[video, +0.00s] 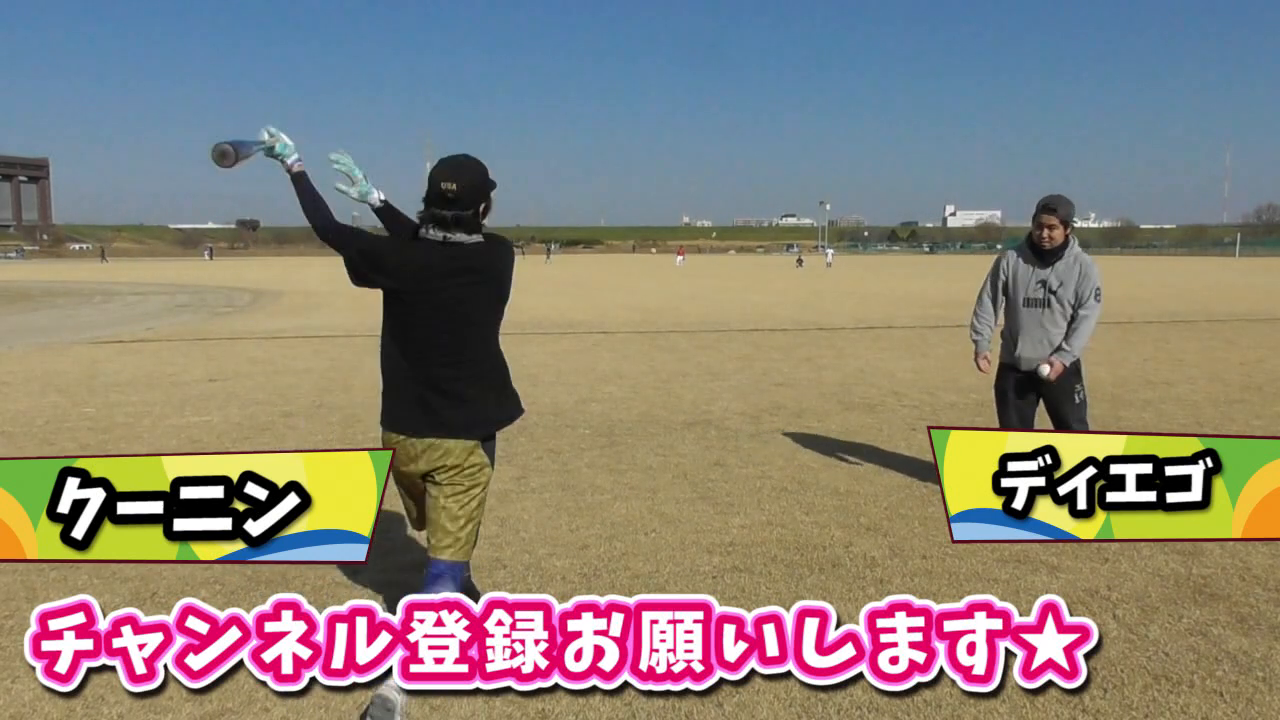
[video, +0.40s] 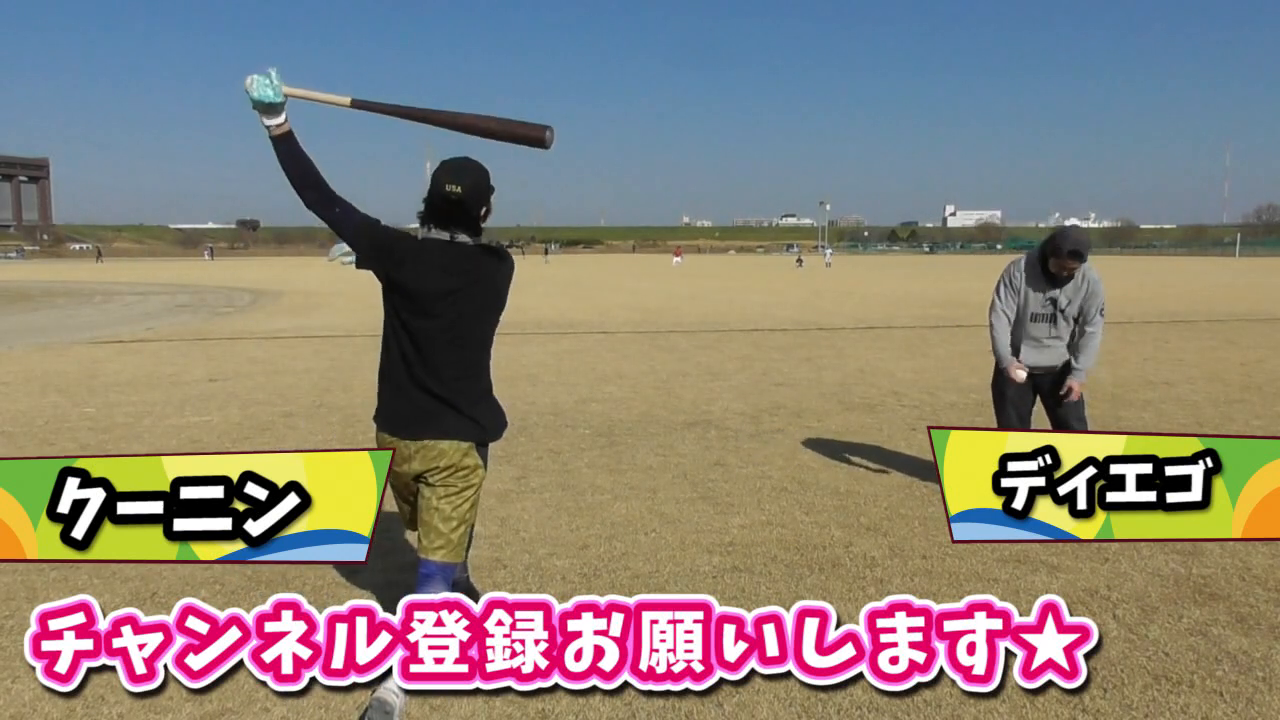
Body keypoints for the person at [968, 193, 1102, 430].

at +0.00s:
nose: (1044, 234)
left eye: (1051, 228)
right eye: (1039, 226)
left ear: (1067, 229)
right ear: (1032, 224)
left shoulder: (1083, 267)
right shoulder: (1009, 261)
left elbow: (1086, 318)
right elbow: (987, 303)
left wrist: (1063, 357)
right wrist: (982, 344)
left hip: (1061, 368)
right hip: (1015, 369)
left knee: (1076, 442)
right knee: (1013, 442)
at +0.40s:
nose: (1065, 274)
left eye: (1072, 270)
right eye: (1060, 268)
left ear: (1081, 263)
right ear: (1050, 256)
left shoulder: (1089, 282)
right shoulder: (1018, 272)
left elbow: (1091, 331)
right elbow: (999, 316)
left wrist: (1078, 375)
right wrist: (1006, 360)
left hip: (1060, 372)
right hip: (1015, 369)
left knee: (1077, 441)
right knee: (1012, 442)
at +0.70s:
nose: (1060, 321)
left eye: (1066, 316)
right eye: (1055, 314)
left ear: (1077, 311)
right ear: (1044, 302)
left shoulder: (1087, 317)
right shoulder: (1015, 301)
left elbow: (1089, 366)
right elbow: (993, 344)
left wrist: (1069, 409)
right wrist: (994, 387)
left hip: (1058, 377)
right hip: (1015, 376)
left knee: (1077, 435)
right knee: (1010, 437)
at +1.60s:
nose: (1042, 288)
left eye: (1052, 283)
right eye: (1040, 279)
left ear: (1069, 286)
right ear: (1035, 272)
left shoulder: (1074, 316)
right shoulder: (1012, 291)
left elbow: (1074, 370)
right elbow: (989, 325)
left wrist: (1060, 423)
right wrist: (988, 367)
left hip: (1055, 375)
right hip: (1013, 373)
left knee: (1075, 435)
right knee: (1011, 437)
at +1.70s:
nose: (1042, 299)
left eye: (1051, 296)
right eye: (1040, 290)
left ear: (1068, 299)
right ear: (1036, 282)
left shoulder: (1073, 327)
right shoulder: (1011, 297)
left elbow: (1070, 378)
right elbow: (988, 334)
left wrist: (1055, 427)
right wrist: (986, 375)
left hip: (1053, 378)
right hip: (1011, 374)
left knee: (1074, 433)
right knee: (1010, 436)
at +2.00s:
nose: (1035, 315)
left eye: (1044, 312)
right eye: (1033, 305)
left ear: (1060, 313)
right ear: (1029, 297)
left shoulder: (1068, 337)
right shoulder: (1007, 307)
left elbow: (1067, 391)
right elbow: (987, 346)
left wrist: (1060, 438)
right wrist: (986, 386)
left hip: (1051, 379)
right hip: (1011, 376)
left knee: (1074, 433)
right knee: (1009, 436)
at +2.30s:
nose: (1019, 264)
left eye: (1026, 258)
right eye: (1014, 257)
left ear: (1044, 258)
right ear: (1009, 256)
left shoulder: (1066, 292)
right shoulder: (1000, 284)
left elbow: (1083, 342)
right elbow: (983, 318)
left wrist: (1073, 386)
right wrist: (974, 348)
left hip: (1057, 373)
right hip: (1014, 372)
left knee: (1076, 442)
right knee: (1010, 441)